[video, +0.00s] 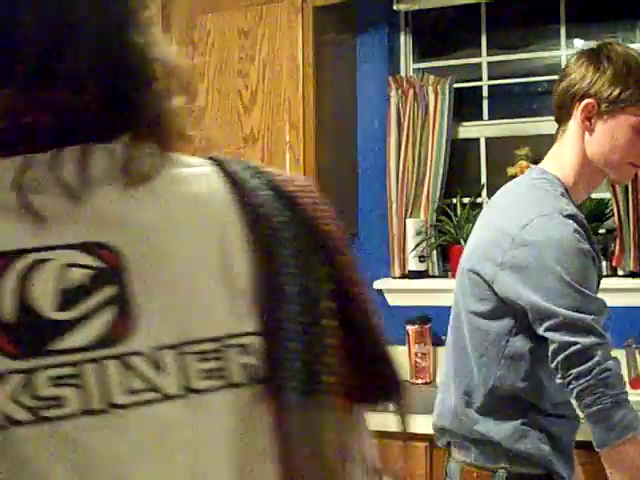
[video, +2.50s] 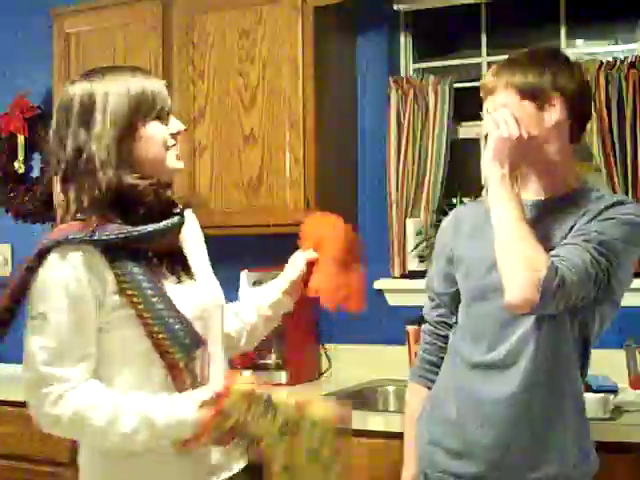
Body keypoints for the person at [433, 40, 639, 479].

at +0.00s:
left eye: (639, 127)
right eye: (636, 125)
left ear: (587, 117)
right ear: (587, 116)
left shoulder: (522, 200)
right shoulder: (547, 227)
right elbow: (595, 385)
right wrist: (626, 470)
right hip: (507, 468)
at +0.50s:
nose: (630, 140)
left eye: (634, 125)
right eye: (616, 121)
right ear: (560, 113)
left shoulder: (573, 224)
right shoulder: (520, 227)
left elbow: (584, 381)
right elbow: (504, 408)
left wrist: (625, 460)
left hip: (580, 462)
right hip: (541, 465)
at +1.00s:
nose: (534, 118)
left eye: (555, 102)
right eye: (526, 102)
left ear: (601, 120)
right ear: (518, 110)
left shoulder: (622, 227)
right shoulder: (468, 222)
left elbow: (631, 343)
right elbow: (414, 362)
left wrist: (577, 220)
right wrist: (400, 475)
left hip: (573, 466)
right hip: (473, 461)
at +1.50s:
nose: (472, 110)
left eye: (493, 96)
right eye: (470, 97)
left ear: (545, 114)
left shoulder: (587, 213)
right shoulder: (423, 228)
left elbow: (557, 314)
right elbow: (388, 367)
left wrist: (508, 196)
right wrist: (373, 474)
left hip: (550, 462)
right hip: (446, 462)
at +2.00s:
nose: (458, 116)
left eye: (469, 99)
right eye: (460, 101)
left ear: (518, 109)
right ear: (517, 110)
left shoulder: (600, 211)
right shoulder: (440, 222)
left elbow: (565, 303)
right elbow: (414, 359)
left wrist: (504, 184)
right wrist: (405, 473)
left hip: (557, 461)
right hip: (457, 458)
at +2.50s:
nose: (489, 123)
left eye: (502, 108)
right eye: (487, 111)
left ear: (553, 111)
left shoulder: (614, 218)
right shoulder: (459, 224)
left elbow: (529, 292)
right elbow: (432, 349)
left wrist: (498, 177)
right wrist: (411, 465)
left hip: (544, 463)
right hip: (445, 459)